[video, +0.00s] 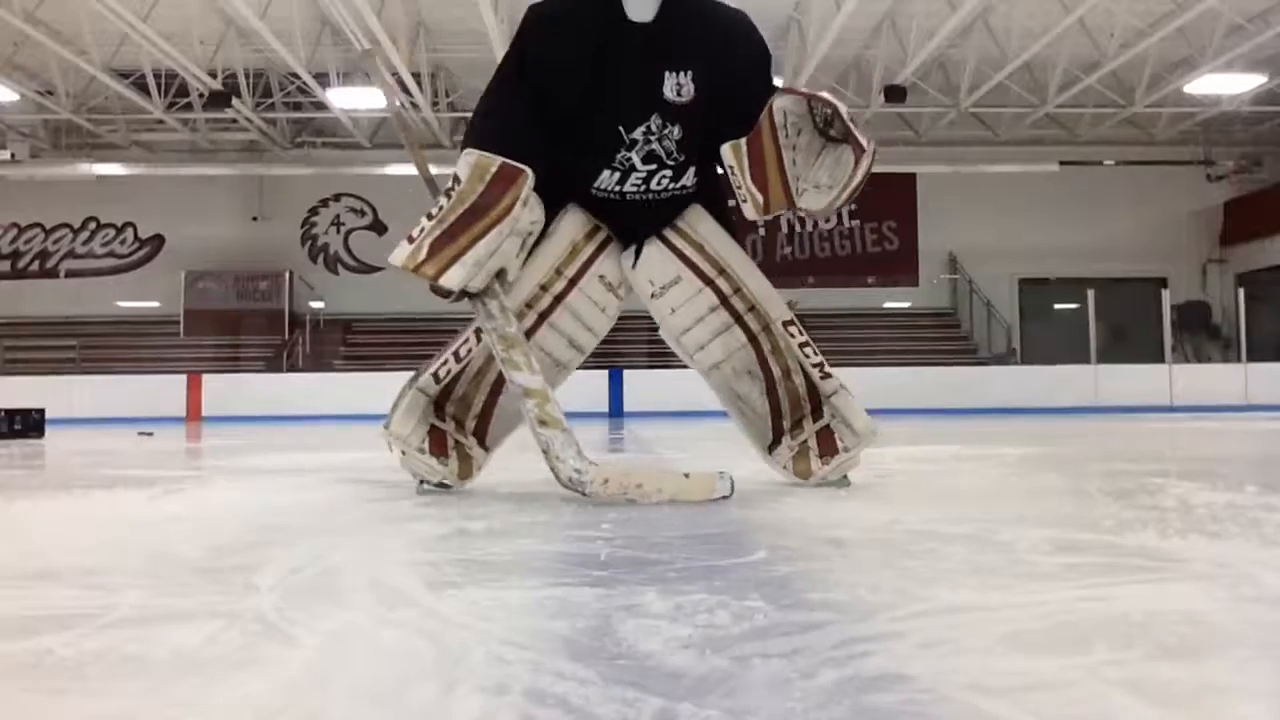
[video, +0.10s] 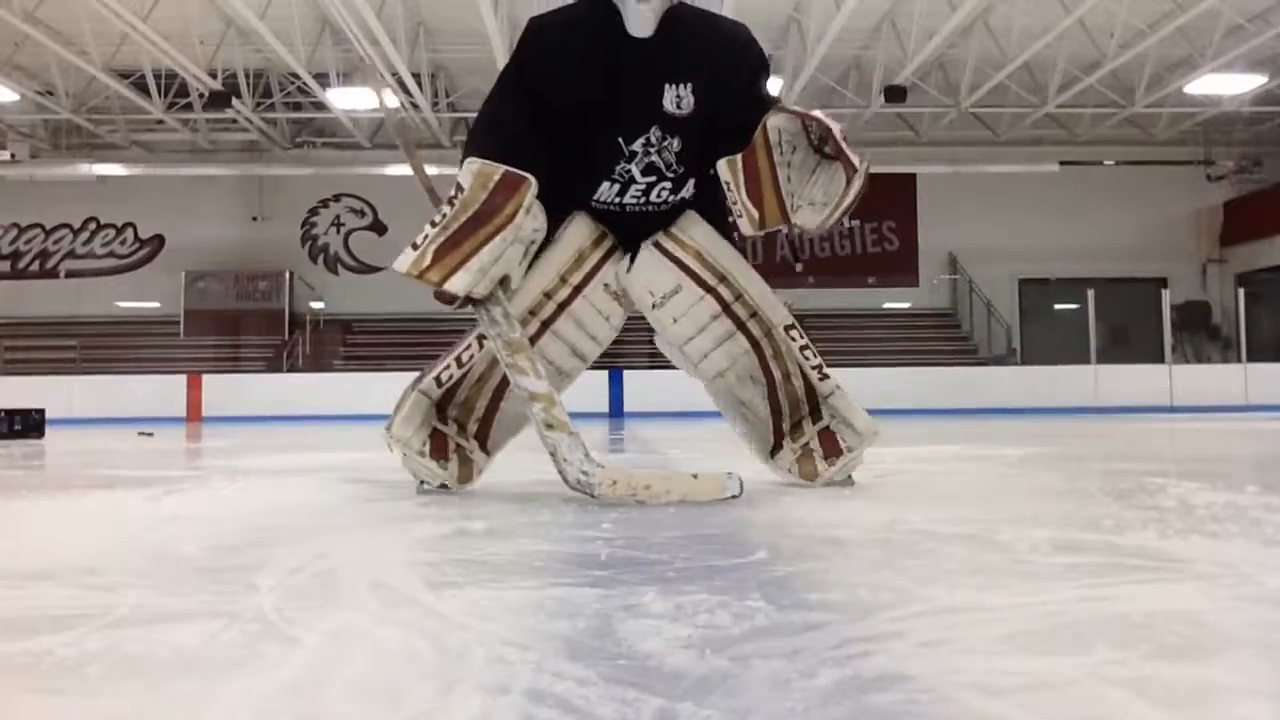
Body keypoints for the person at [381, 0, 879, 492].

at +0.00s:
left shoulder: (723, 33)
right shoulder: (559, 22)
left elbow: (758, 127)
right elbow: (504, 136)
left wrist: (806, 158)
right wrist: (470, 240)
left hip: (680, 206)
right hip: (576, 205)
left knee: (748, 318)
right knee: (526, 329)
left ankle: (814, 441)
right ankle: (440, 438)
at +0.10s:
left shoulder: (725, 46)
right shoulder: (555, 37)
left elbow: (753, 148)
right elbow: (501, 155)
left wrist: (808, 151)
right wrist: (472, 255)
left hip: (683, 221)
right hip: (576, 221)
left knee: (752, 328)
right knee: (525, 342)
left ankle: (817, 445)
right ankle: (441, 443)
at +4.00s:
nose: (560, 12)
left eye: (573, 3)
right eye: (547, 2)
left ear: (589, 12)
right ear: (527, 8)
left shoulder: (630, 89)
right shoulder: (474, 86)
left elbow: (648, 203)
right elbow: (402, 178)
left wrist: (686, 192)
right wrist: (370, 259)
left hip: (594, 255)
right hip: (494, 255)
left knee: (682, 322)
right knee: (541, 334)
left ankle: (697, 436)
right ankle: (401, 439)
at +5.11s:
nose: (575, 71)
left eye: (591, 59)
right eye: (570, 58)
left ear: (630, 64)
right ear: (562, 61)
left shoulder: (689, 140)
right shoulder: (525, 139)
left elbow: (703, 260)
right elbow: (493, 245)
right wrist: (449, 312)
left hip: (662, 360)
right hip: (550, 366)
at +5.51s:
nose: (479, 59)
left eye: (491, 44)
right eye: (480, 45)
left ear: (530, 45)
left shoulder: (606, 111)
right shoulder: (471, 144)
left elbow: (646, 224)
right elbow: (473, 242)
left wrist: (534, 244)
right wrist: (448, 299)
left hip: (633, 330)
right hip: (540, 344)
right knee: (561, 472)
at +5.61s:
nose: (481, 59)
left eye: (493, 44)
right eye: (479, 47)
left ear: (531, 45)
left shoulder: (610, 110)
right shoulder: (469, 141)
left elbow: (669, 205)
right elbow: (466, 234)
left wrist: (600, 242)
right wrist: (440, 294)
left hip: (618, 316)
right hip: (523, 323)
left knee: (583, 464)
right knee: (541, 460)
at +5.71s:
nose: (478, 54)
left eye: (493, 39)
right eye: (477, 41)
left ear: (535, 41)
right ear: (481, 48)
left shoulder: (610, 108)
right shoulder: (463, 138)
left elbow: (668, 196)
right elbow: (467, 236)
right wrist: (440, 291)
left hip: (623, 307)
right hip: (522, 318)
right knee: (525, 450)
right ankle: (612, 437)